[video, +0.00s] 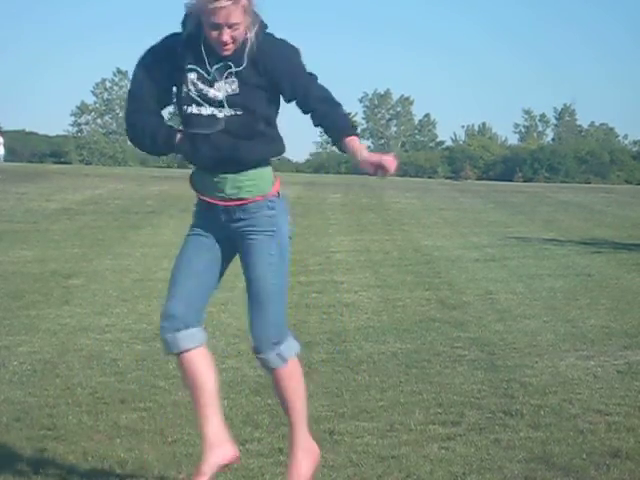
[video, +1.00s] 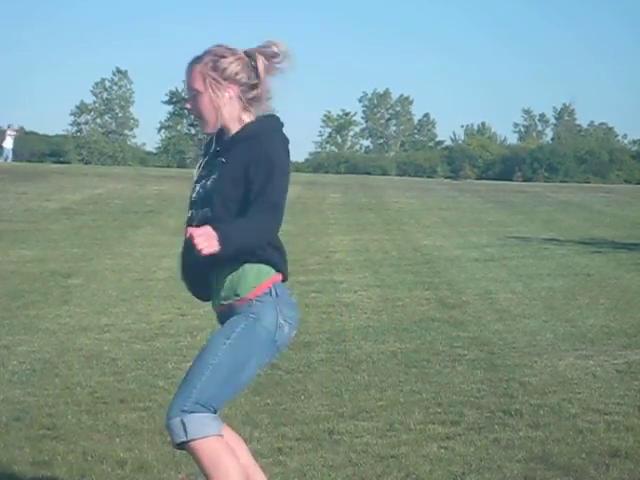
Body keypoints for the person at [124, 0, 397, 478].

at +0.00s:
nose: (225, 36)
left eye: (234, 25)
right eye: (215, 26)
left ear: (250, 16)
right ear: (198, 18)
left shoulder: (271, 53)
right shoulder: (173, 52)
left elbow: (316, 99)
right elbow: (139, 122)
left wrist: (359, 153)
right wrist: (185, 142)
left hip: (260, 212)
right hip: (209, 213)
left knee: (269, 339)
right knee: (179, 324)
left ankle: (304, 445)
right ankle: (217, 442)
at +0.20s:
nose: (211, 50)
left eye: (222, 41)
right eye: (202, 40)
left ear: (241, 47)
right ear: (192, 46)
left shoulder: (257, 98)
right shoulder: (187, 96)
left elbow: (288, 183)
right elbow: (177, 165)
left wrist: (278, 133)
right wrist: (192, 199)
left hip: (272, 258)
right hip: (221, 259)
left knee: (260, 378)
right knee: (218, 374)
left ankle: (264, 467)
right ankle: (263, 473)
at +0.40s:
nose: (215, 54)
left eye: (227, 46)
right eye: (207, 45)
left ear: (247, 53)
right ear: (200, 52)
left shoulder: (250, 93)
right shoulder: (210, 102)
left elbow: (231, 143)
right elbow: (215, 150)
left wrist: (173, 158)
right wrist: (176, 151)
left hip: (273, 273)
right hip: (216, 269)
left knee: (252, 402)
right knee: (204, 393)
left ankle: (270, 424)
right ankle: (260, 477)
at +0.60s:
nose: (206, 11)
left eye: (217, 0)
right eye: (198, 2)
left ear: (244, 1)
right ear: (190, 5)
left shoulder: (262, 57)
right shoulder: (188, 54)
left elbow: (299, 138)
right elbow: (170, 121)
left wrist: (246, 129)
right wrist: (177, 163)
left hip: (262, 207)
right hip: (241, 210)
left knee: (226, 341)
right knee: (236, 341)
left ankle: (305, 449)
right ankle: (254, 462)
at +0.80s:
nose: (196, 58)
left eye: (205, 48)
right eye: (193, 49)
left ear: (237, 48)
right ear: (193, 49)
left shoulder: (234, 97)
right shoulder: (225, 95)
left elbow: (275, 169)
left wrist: (328, 239)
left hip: (252, 270)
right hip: (251, 266)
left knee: (219, 397)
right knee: (234, 392)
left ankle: (248, 478)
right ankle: (266, 475)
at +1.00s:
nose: (189, 103)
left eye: (194, 93)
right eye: (189, 94)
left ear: (226, 90)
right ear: (222, 91)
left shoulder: (264, 138)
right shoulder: (218, 146)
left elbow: (267, 217)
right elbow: (225, 213)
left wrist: (222, 237)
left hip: (263, 308)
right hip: (236, 309)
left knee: (188, 418)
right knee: (200, 417)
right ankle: (255, 476)